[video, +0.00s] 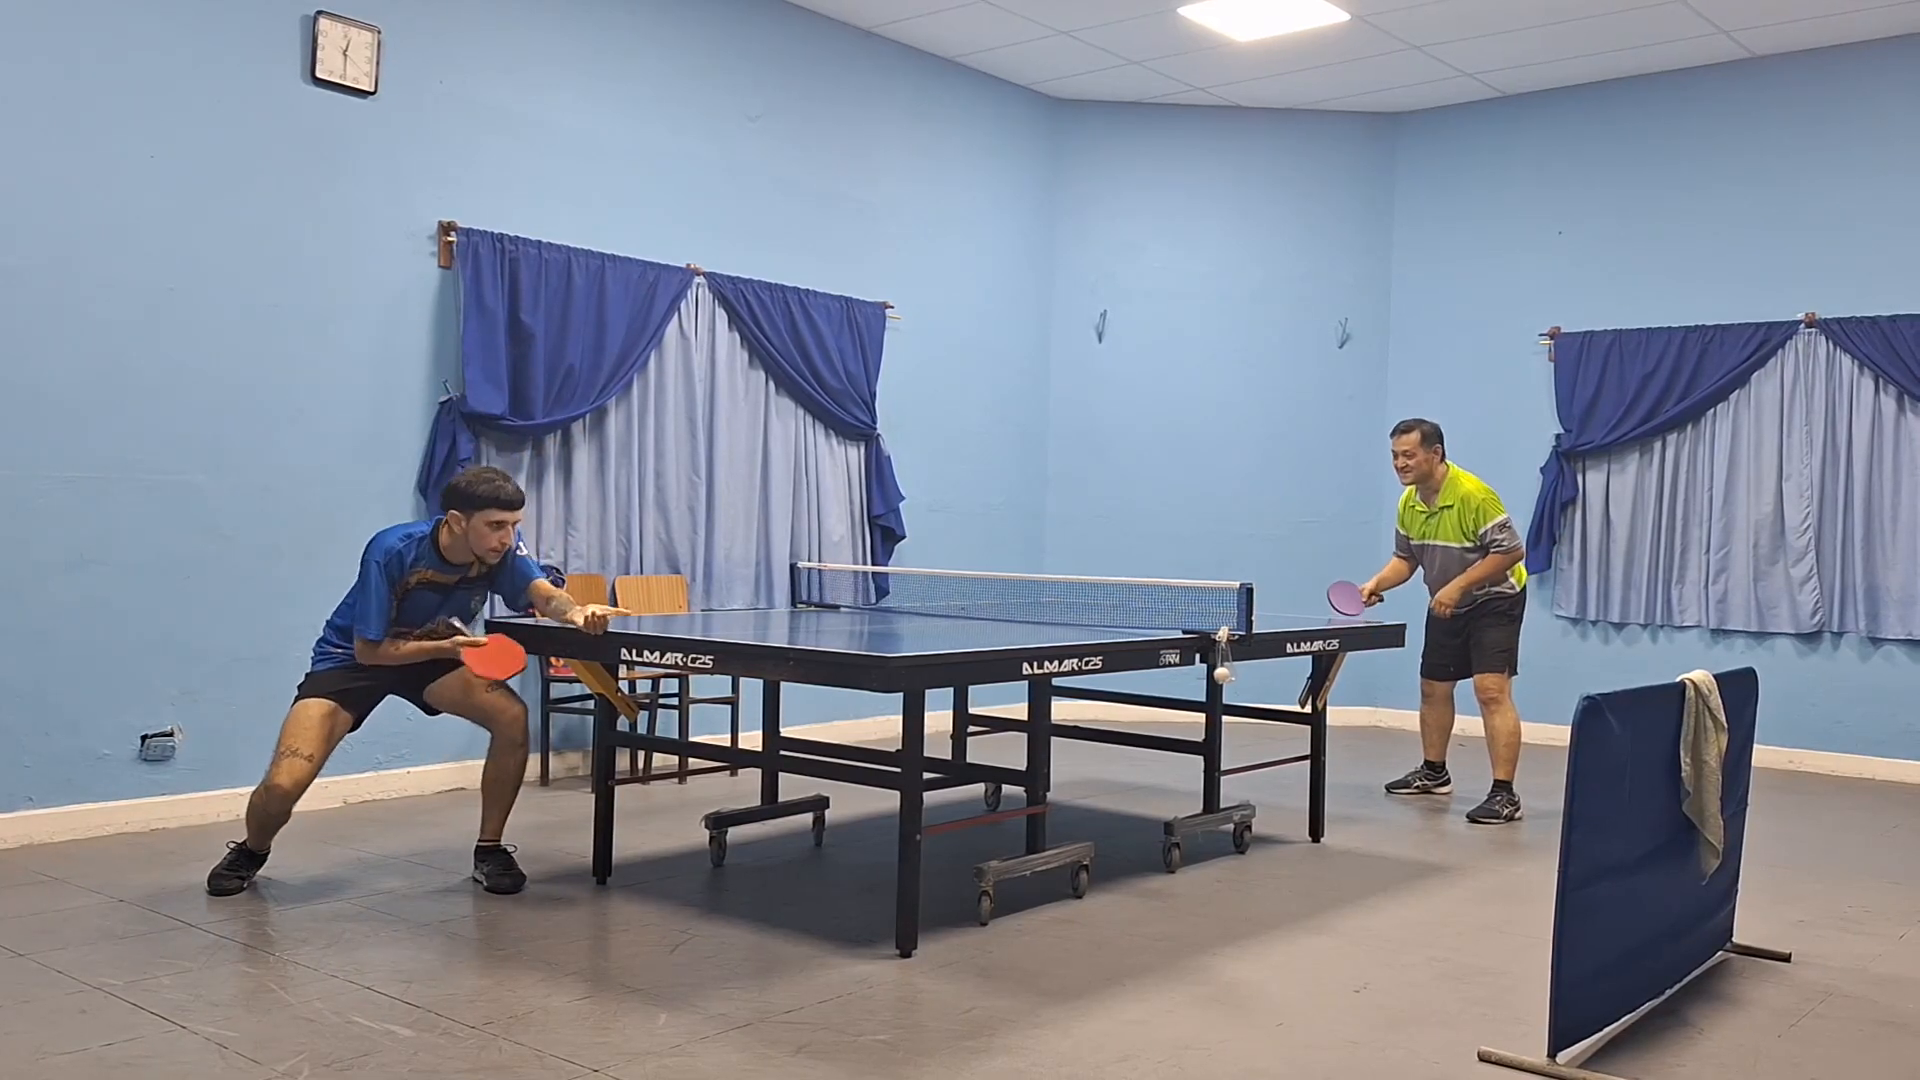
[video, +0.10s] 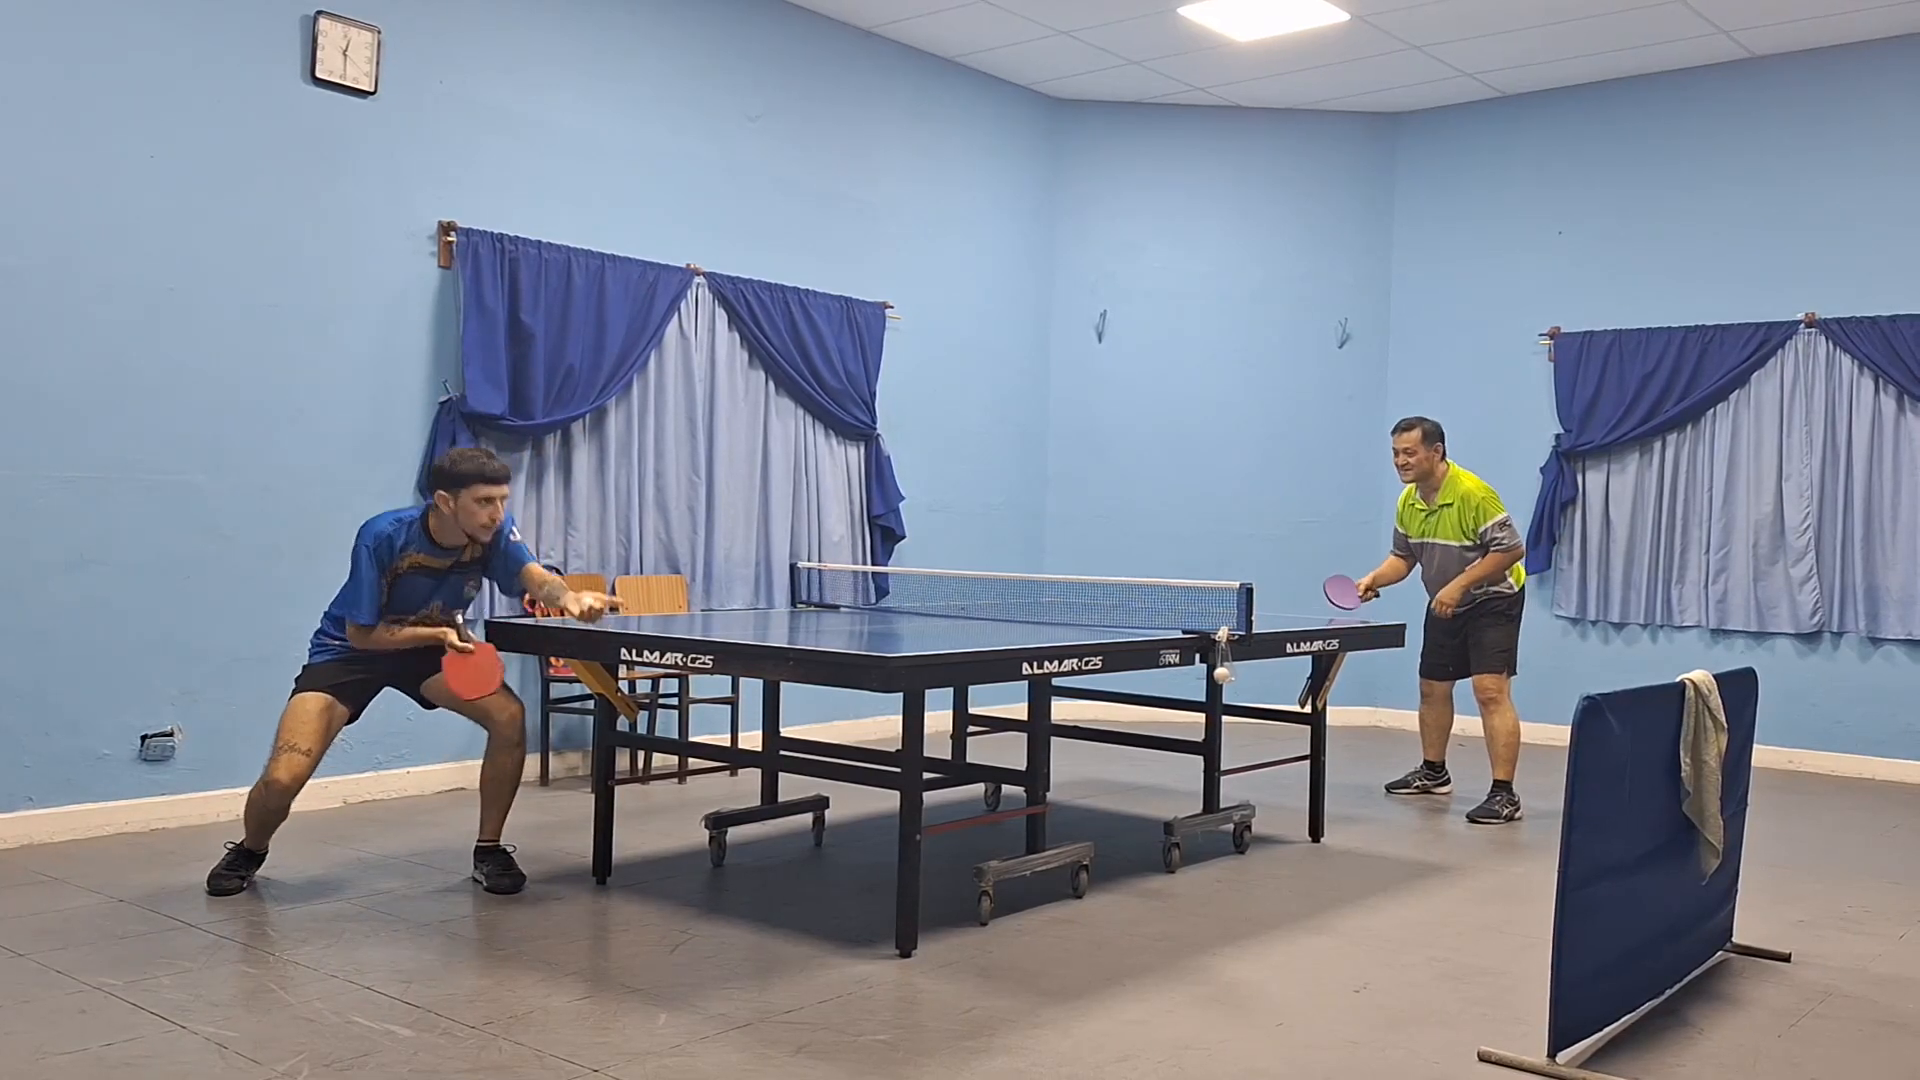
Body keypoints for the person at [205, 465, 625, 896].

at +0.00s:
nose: (507, 540)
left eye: (512, 528)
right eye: (496, 528)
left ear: (511, 526)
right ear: (455, 522)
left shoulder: (499, 556)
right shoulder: (391, 553)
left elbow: (542, 594)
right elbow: (368, 650)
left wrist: (574, 612)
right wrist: (445, 646)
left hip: (428, 660)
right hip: (351, 661)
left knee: (511, 716)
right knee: (282, 785)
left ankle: (490, 851)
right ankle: (251, 853)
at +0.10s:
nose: (499, 515)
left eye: (502, 503)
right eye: (487, 503)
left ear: (503, 502)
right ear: (445, 501)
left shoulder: (493, 536)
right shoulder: (382, 538)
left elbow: (534, 578)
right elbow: (361, 634)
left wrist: (567, 595)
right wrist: (436, 633)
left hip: (428, 651)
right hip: (350, 652)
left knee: (509, 716)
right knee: (282, 777)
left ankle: (490, 851)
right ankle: (248, 852)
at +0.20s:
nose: (478, 477)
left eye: (482, 465)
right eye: (465, 467)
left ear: (487, 466)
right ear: (425, 471)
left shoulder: (479, 507)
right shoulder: (369, 515)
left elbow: (515, 540)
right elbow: (358, 611)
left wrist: (560, 542)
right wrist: (428, 604)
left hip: (423, 640)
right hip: (345, 640)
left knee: (504, 713)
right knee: (282, 767)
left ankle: (488, 850)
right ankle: (247, 851)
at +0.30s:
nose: (455, 439)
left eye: (458, 428)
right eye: (439, 430)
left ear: (463, 432)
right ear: (401, 441)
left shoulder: (467, 477)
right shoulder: (357, 491)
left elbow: (520, 486)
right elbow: (353, 591)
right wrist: (416, 562)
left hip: (423, 623)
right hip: (342, 627)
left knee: (497, 712)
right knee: (280, 761)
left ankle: (488, 850)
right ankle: (245, 851)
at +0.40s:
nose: (428, 407)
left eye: (429, 397)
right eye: (412, 399)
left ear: (435, 404)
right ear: (374, 416)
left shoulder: (446, 446)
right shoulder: (337, 471)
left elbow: (511, 439)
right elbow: (330, 575)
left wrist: (541, 383)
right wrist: (376, 530)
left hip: (418, 611)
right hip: (336, 618)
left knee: (487, 709)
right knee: (276, 752)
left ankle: (488, 849)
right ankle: (244, 850)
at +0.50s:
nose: (396, 385)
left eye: (398, 375)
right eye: (379, 378)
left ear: (405, 385)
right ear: (345, 398)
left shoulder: (431, 433)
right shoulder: (314, 455)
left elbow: (509, 428)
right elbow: (278, 556)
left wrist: (548, 380)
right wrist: (298, 516)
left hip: (408, 604)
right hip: (324, 609)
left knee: (474, 708)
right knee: (268, 747)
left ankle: (487, 849)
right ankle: (243, 849)